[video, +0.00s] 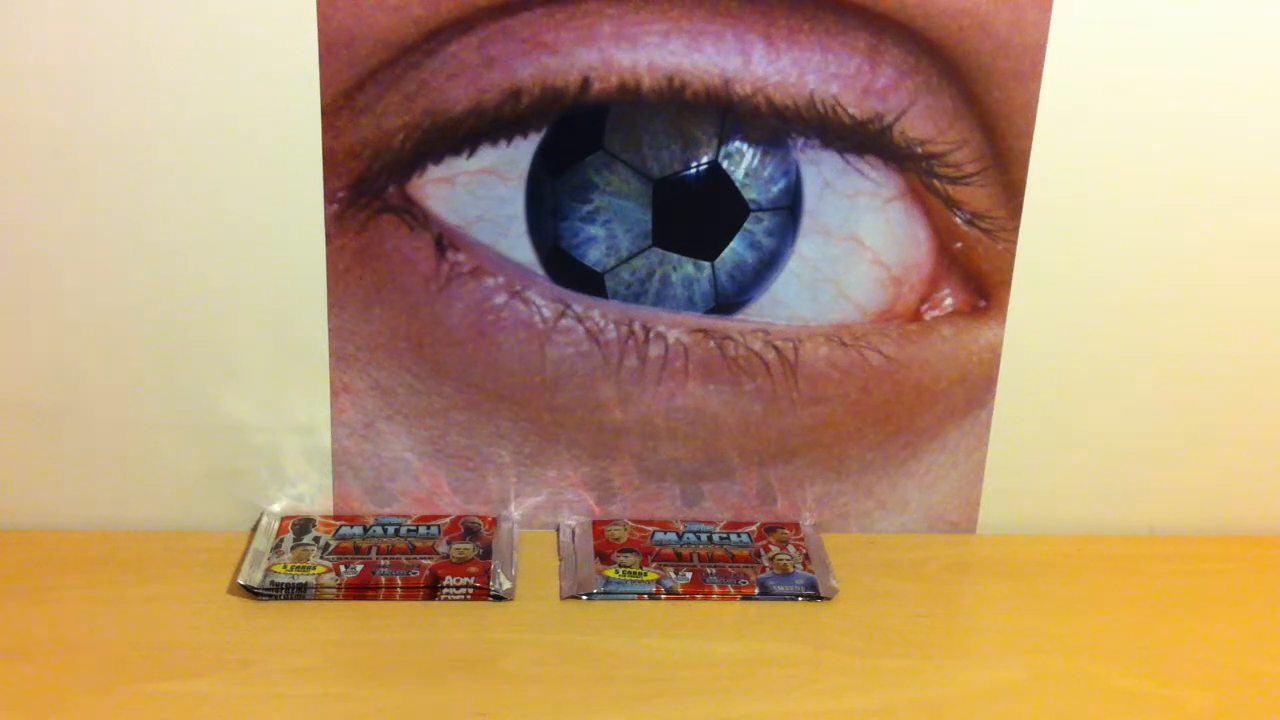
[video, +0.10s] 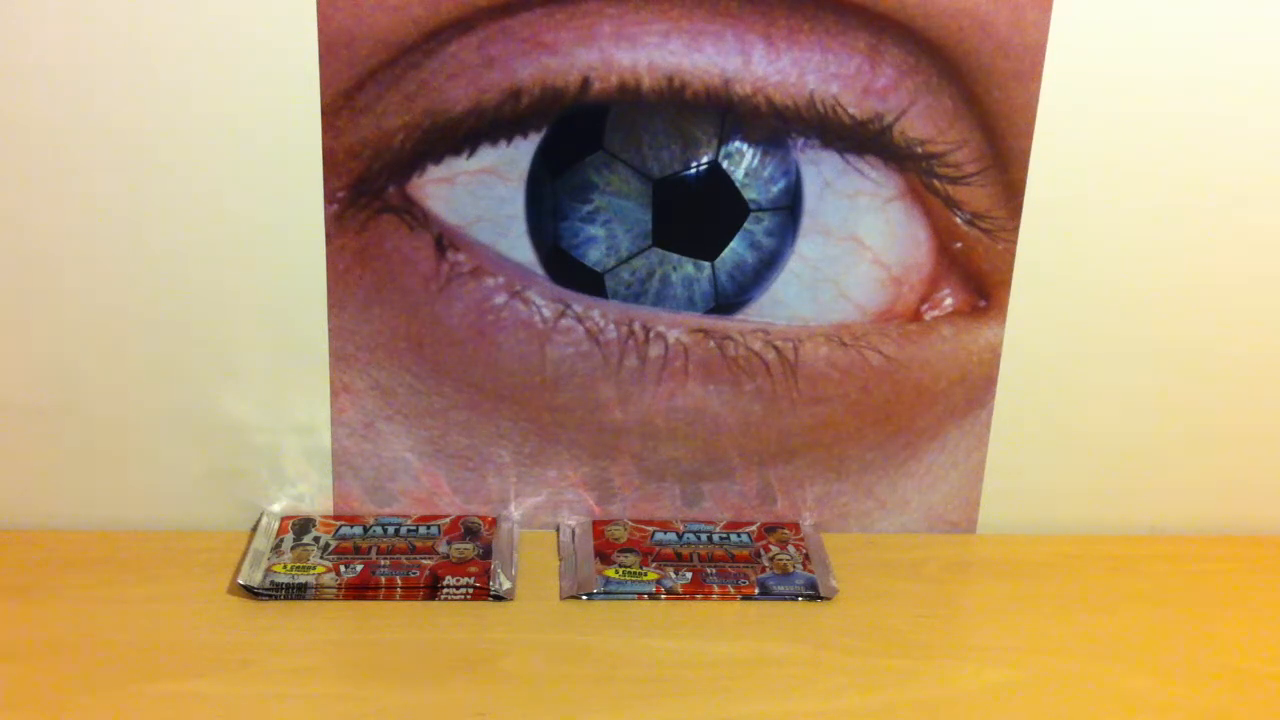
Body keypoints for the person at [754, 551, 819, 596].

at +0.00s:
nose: (785, 563)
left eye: (788, 560)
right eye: (780, 560)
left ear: (793, 562)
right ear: (772, 563)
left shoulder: (809, 579)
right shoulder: (763, 580)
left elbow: (820, 602)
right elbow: (762, 604)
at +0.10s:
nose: (785, 563)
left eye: (788, 560)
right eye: (780, 560)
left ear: (793, 562)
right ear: (772, 563)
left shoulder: (809, 579)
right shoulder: (763, 580)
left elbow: (819, 602)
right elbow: (762, 604)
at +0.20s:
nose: (784, 563)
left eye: (788, 560)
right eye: (780, 560)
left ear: (793, 562)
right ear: (773, 563)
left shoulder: (809, 579)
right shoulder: (763, 580)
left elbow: (818, 603)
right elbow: (762, 604)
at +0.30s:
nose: (784, 563)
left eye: (787, 560)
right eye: (780, 560)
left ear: (792, 562)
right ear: (773, 563)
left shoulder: (809, 579)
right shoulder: (763, 580)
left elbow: (818, 603)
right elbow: (762, 605)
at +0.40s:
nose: (784, 563)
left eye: (787, 560)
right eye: (780, 560)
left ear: (792, 562)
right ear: (773, 563)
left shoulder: (809, 579)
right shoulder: (763, 580)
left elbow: (818, 603)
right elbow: (762, 605)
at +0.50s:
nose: (784, 563)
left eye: (787, 560)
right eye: (780, 560)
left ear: (792, 562)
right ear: (772, 563)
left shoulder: (809, 579)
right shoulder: (762, 580)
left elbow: (818, 604)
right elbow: (760, 605)